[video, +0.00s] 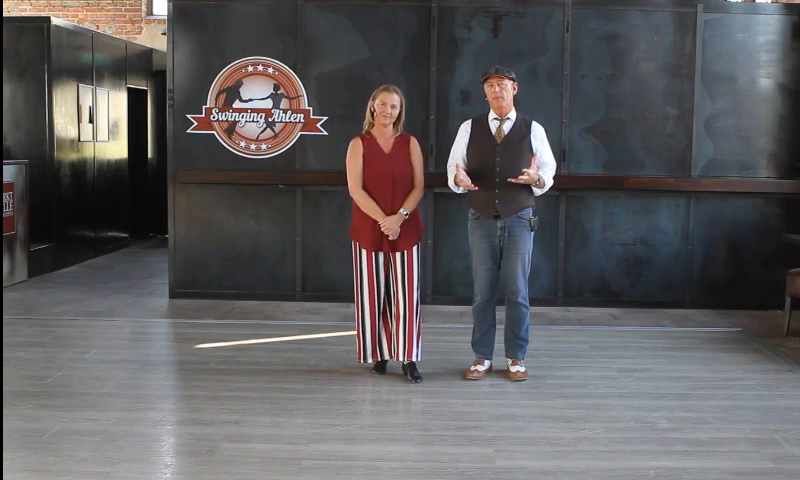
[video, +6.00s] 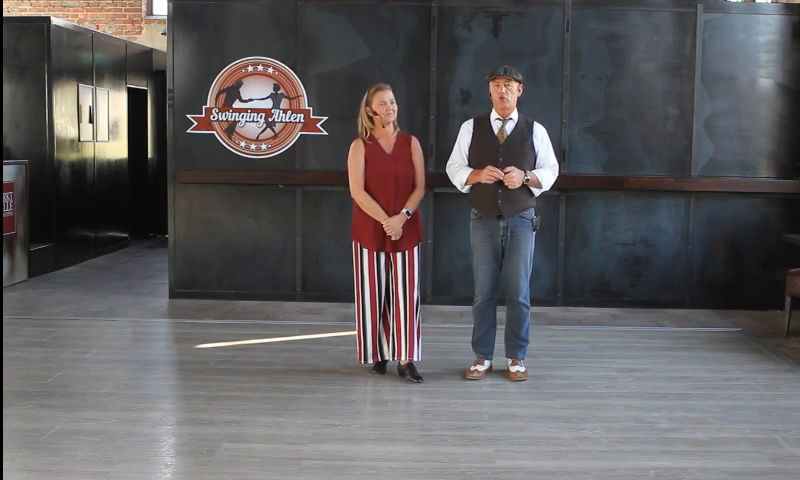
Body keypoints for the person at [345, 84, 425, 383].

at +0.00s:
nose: (388, 110)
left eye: (393, 106)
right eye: (383, 104)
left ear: (399, 110)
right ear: (373, 107)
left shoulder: (410, 143)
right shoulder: (358, 144)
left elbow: (419, 187)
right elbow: (355, 189)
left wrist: (399, 216)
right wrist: (386, 220)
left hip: (405, 229)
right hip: (369, 230)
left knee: (407, 295)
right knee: (373, 295)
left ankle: (409, 358)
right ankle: (379, 355)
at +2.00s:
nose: (387, 109)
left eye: (392, 105)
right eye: (382, 104)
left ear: (399, 110)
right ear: (372, 107)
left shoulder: (411, 143)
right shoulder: (359, 145)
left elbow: (420, 187)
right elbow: (356, 190)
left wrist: (400, 216)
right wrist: (387, 220)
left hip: (405, 230)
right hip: (370, 231)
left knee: (406, 295)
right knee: (373, 295)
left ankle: (406, 359)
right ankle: (379, 356)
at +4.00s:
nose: (395, 108)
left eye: (396, 103)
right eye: (388, 105)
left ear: (400, 107)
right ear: (373, 110)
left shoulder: (412, 143)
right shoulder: (360, 145)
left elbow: (420, 188)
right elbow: (357, 191)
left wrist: (401, 216)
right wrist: (388, 221)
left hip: (405, 231)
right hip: (370, 232)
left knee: (406, 295)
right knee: (373, 295)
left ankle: (406, 359)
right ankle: (378, 355)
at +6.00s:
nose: (390, 107)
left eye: (392, 102)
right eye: (383, 104)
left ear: (397, 106)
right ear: (370, 110)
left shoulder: (411, 143)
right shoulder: (360, 146)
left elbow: (420, 186)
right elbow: (357, 191)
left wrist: (402, 216)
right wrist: (388, 221)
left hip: (405, 230)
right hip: (371, 231)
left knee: (407, 295)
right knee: (374, 295)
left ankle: (406, 359)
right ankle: (378, 356)